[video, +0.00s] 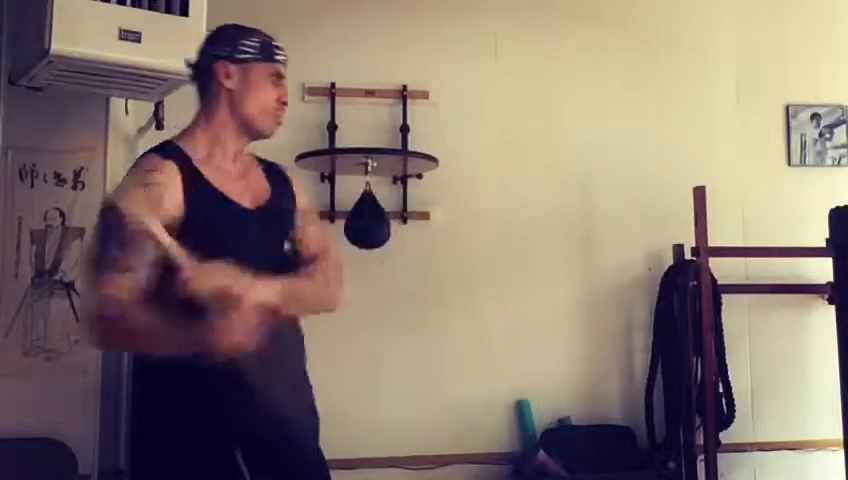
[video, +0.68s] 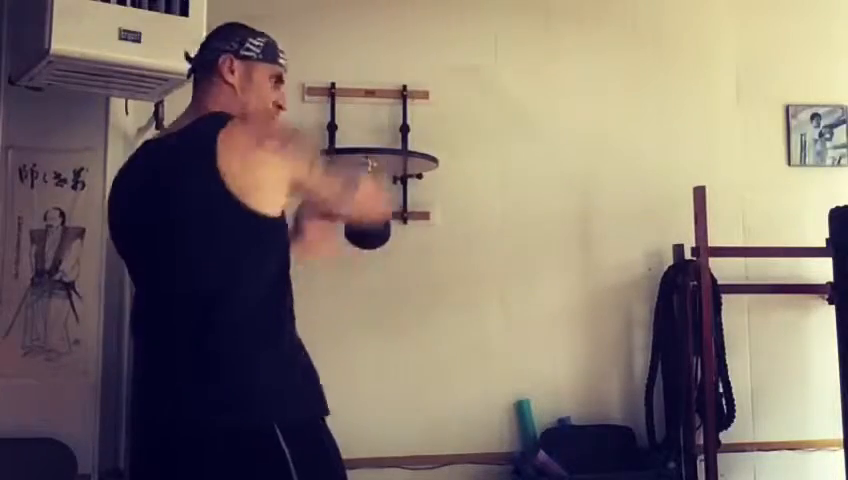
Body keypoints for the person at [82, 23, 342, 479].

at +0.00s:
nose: (285, 97)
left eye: (284, 83)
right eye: (274, 79)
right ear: (226, 75)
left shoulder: (284, 184)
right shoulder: (158, 178)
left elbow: (329, 289)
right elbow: (110, 317)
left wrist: (241, 285)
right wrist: (203, 335)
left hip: (282, 430)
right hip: (186, 436)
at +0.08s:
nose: (302, 99)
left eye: (301, 86)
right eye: (292, 82)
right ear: (244, 77)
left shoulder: (296, 189)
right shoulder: (162, 173)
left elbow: (324, 293)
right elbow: (51, 272)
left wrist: (238, 297)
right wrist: (110, 347)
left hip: (281, 412)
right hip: (189, 415)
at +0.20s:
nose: (318, 115)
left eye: (318, 101)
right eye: (310, 97)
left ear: (268, 90)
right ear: (265, 87)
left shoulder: (304, 197)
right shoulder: (172, 145)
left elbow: (317, 290)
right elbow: (76, 165)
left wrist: (223, 279)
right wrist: (62, 151)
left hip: (264, 408)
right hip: (174, 404)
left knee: (303, 474)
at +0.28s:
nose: (307, 119)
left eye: (308, 105)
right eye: (301, 100)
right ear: (262, 87)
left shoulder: (271, 192)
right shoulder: (184, 148)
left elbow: (320, 289)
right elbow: (243, 92)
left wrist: (276, 258)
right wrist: (347, 169)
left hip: (265, 407)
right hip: (192, 409)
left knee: (302, 472)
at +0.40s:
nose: (294, 106)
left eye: (295, 96)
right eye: (285, 90)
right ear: (243, 87)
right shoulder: (214, 137)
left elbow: (285, 304)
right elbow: (384, 140)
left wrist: (313, 243)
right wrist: (403, 260)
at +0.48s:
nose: (288, 113)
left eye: (289, 99)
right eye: (283, 95)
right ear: (244, 80)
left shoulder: (141, 174)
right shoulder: (271, 138)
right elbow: (384, 185)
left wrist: (313, 259)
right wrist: (362, 231)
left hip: (157, 412)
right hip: (250, 413)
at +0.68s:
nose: (282, 101)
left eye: (282, 85)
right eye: (274, 81)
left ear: (223, 73)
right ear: (230, 70)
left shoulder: (130, 176)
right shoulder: (258, 145)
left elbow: (194, 257)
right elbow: (370, 216)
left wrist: (289, 238)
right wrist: (365, 207)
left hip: (165, 412)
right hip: (263, 415)